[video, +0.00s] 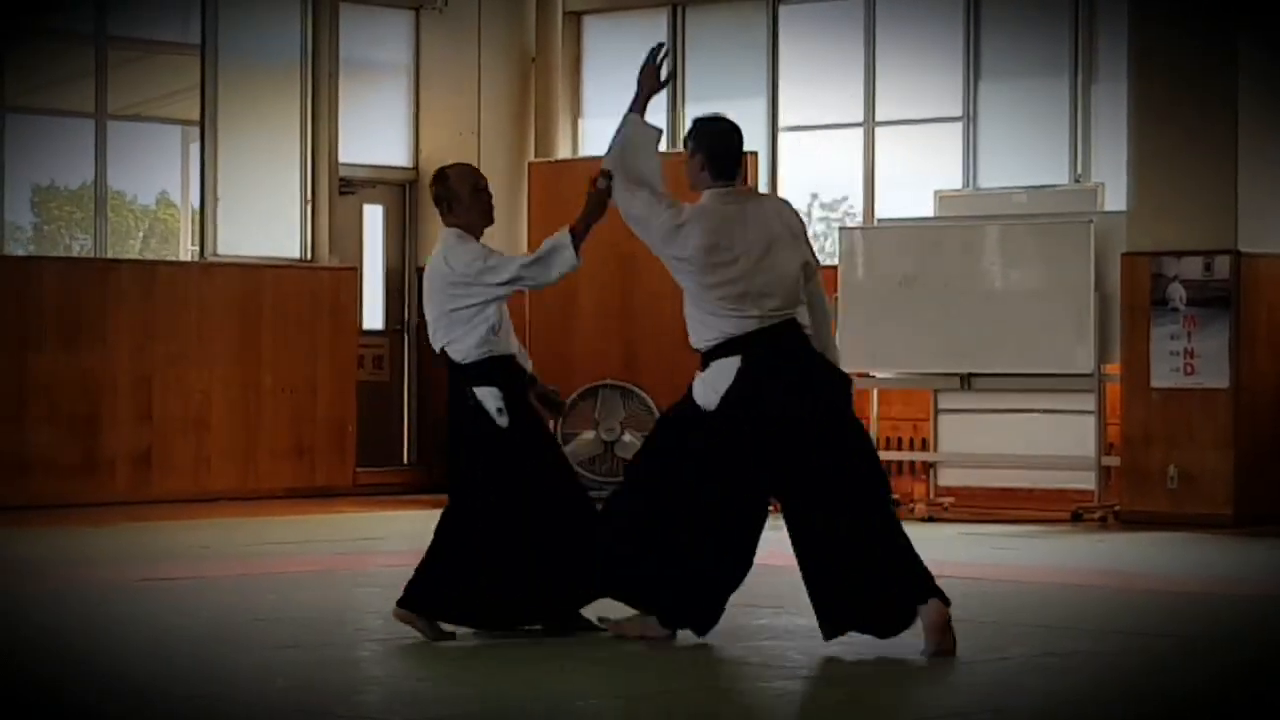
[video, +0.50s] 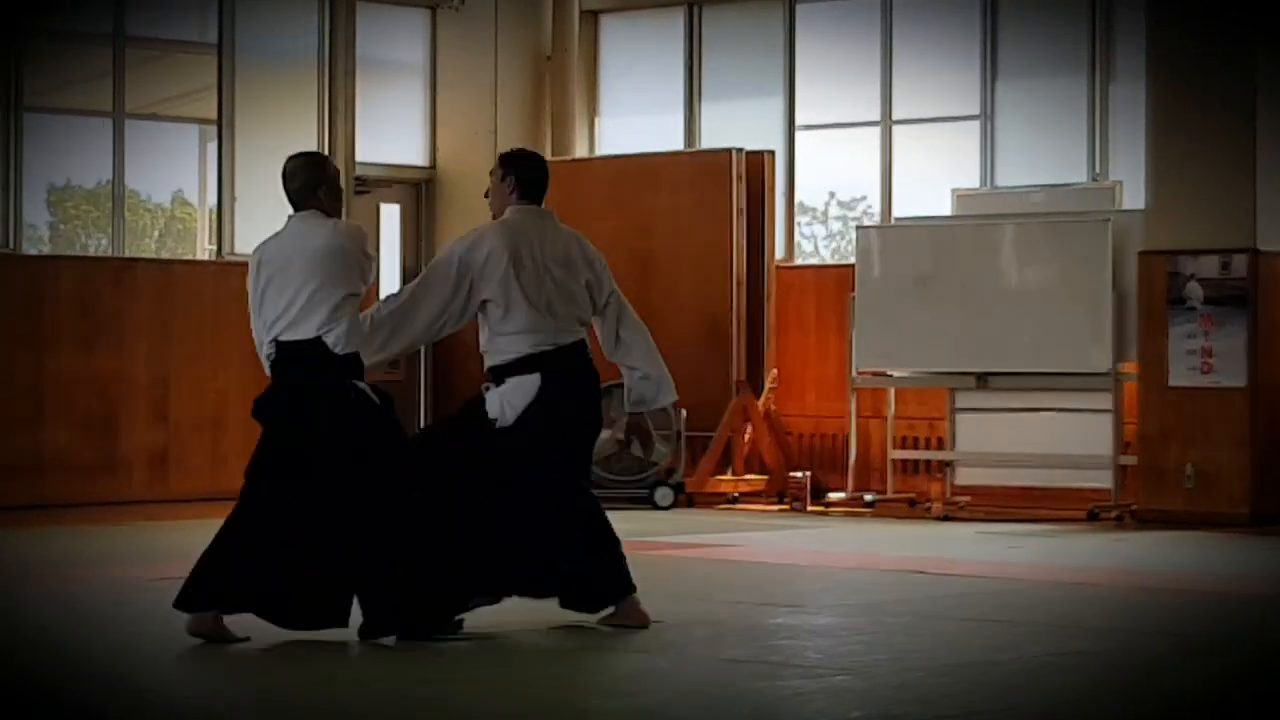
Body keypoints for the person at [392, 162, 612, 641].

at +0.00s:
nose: (491, 198)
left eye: (488, 190)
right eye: (479, 192)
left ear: (457, 207)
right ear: (452, 204)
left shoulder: (452, 256)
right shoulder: (463, 257)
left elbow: (488, 338)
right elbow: (532, 268)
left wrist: (531, 385)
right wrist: (589, 217)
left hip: (480, 387)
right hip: (486, 390)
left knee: (478, 498)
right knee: (555, 490)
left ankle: (423, 600)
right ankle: (556, 606)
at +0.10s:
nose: (464, 191)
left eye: (461, 183)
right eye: (453, 185)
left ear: (420, 200)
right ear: (426, 196)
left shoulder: (401, 255)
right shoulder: (445, 251)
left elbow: (421, 337)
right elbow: (521, 291)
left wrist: (487, 363)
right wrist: (551, 242)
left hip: (431, 389)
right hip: (463, 391)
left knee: (450, 499)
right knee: (519, 487)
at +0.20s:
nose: (440, 193)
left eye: (436, 185)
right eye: (431, 186)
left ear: (392, 197)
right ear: (406, 195)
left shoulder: (366, 254)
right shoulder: (420, 256)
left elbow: (387, 328)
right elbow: (478, 311)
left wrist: (448, 342)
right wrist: (501, 278)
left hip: (393, 387)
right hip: (429, 391)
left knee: (416, 500)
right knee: (457, 496)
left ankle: (414, 610)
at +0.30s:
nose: (407, 196)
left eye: (405, 187)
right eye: (402, 187)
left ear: (355, 195)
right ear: (385, 193)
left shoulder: (333, 252)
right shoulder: (394, 250)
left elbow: (326, 330)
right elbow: (459, 301)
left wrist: (359, 366)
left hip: (362, 392)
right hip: (402, 392)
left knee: (396, 497)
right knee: (440, 495)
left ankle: (342, 582)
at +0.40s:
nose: (376, 196)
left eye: (374, 187)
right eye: (371, 188)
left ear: (323, 196)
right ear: (353, 194)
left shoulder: (296, 254)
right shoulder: (372, 242)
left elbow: (291, 333)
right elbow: (420, 288)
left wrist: (318, 372)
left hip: (327, 390)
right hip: (375, 388)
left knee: (335, 499)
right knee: (416, 492)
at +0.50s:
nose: (342, 193)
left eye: (338, 184)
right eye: (338, 185)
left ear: (291, 196)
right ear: (327, 190)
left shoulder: (265, 252)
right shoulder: (351, 237)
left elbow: (261, 330)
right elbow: (363, 290)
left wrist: (281, 375)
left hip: (287, 385)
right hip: (338, 384)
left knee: (260, 497)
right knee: (381, 491)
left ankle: (206, 606)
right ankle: (387, 611)